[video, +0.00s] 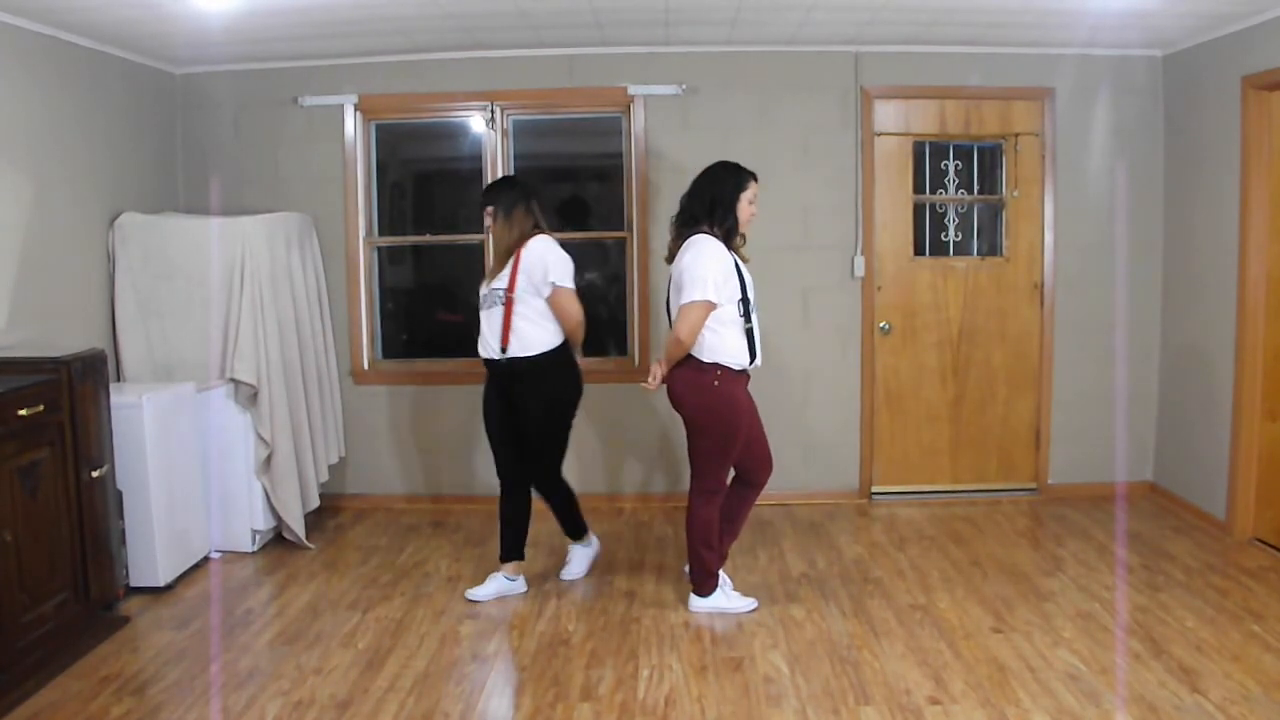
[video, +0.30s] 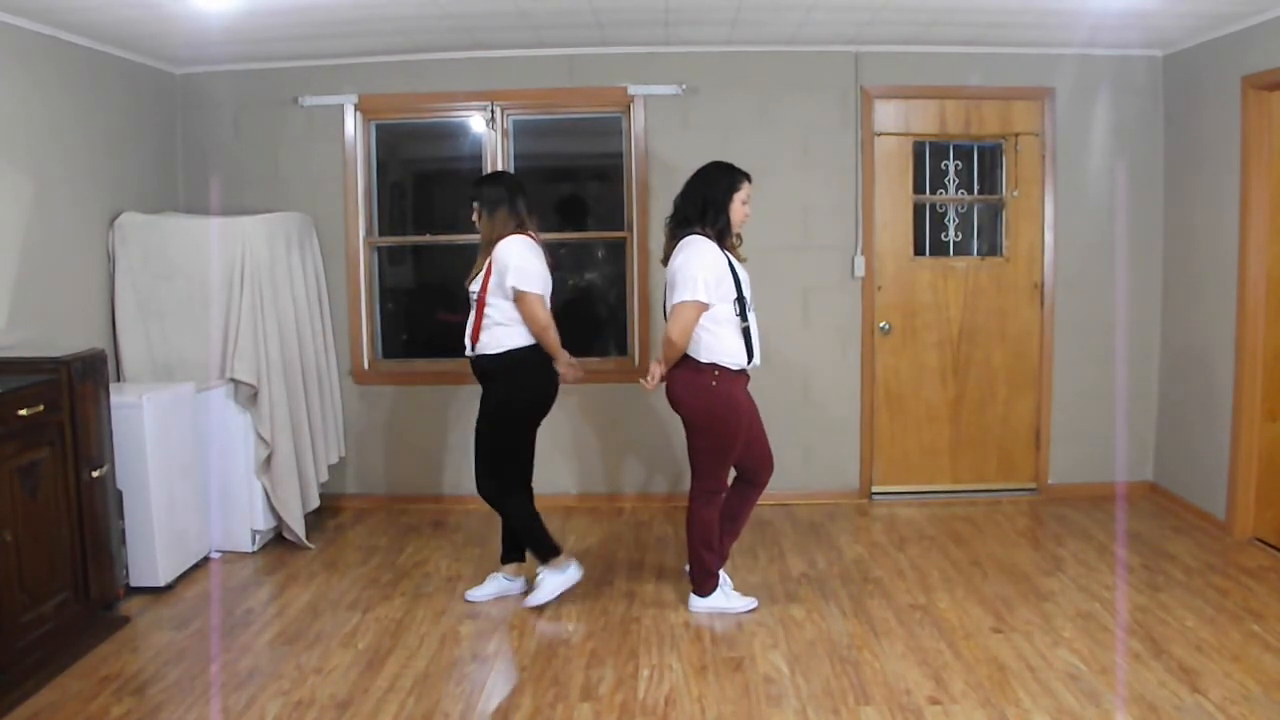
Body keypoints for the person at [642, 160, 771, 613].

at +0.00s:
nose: (754, 210)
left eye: (755, 201)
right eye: (749, 200)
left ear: (722, 200)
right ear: (726, 200)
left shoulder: (718, 249)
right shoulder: (705, 249)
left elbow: (697, 323)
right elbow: (685, 334)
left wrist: (666, 361)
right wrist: (663, 365)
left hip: (726, 378)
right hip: (707, 380)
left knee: (756, 469)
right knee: (709, 484)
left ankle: (708, 565)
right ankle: (704, 589)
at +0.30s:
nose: (748, 211)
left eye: (749, 202)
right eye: (744, 202)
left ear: (721, 202)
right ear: (719, 201)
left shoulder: (716, 250)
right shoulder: (697, 251)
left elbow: (684, 322)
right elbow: (678, 335)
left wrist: (663, 363)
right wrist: (663, 365)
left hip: (726, 379)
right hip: (706, 381)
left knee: (757, 470)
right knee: (709, 485)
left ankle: (710, 566)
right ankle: (705, 589)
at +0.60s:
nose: (746, 210)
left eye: (746, 201)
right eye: (741, 201)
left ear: (715, 203)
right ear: (716, 201)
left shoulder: (714, 250)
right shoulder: (696, 252)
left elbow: (685, 324)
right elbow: (677, 334)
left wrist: (662, 365)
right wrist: (662, 367)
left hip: (726, 379)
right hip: (706, 381)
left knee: (758, 470)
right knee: (710, 485)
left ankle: (711, 565)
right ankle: (705, 589)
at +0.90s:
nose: (746, 209)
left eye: (746, 199)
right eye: (741, 200)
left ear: (716, 202)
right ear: (717, 202)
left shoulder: (717, 251)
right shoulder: (697, 252)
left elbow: (687, 326)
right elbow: (680, 335)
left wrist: (664, 364)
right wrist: (663, 367)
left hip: (728, 380)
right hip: (706, 381)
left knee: (759, 468)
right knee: (709, 487)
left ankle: (714, 562)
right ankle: (705, 588)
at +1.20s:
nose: (748, 211)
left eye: (748, 201)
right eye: (743, 202)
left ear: (716, 203)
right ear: (719, 203)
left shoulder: (716, 253)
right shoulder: (701, 254)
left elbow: (686, 328)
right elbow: (681, 338)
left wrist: (666, 365)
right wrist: (664, 368)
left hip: (728, 381)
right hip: (708, 382)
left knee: (758, 472)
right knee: (708, 488)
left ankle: (708, 563)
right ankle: (704, 590)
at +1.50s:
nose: (752, 210)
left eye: (751, 200)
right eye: (747, 200)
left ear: (721, 201)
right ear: (725, 201)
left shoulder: (721, 251)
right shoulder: (704, 252)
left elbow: (691, 325)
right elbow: (684, 336)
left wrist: (667, 364)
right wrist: (666, 367)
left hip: (731, 382)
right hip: (711, 383)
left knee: (760, 472)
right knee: (710, 488)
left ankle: (710, 564)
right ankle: (705, 590)